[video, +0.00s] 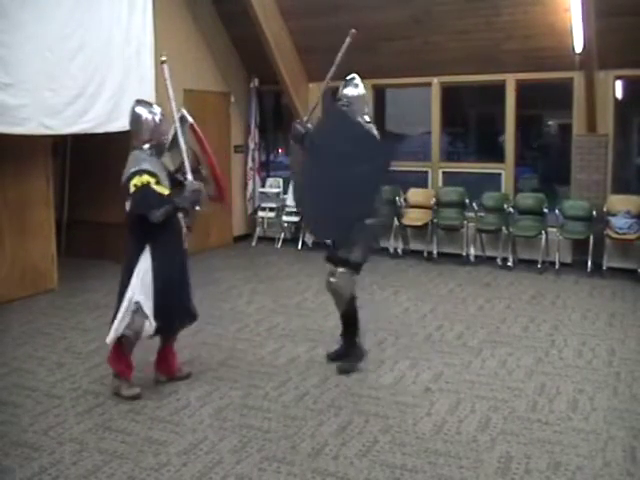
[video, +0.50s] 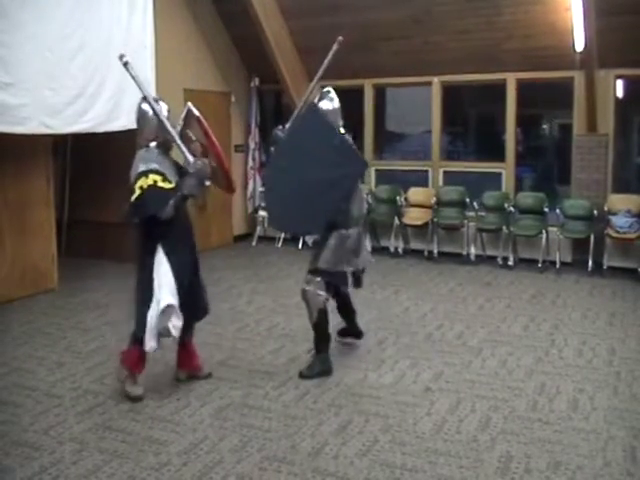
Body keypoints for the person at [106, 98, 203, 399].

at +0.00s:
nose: (167, 127)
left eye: (165, 122)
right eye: (161, 123)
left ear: (154, 128)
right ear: (148, 129)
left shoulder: (158, 160)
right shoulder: (142, 167)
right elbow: (152, 211)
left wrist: (188, 186)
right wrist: (182, 199)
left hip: (169, 245)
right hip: (148, 248)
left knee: (172, 302)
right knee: (138, 307)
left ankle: (166, 360)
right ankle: (121, 371)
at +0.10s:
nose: (164, 132)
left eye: (164, 125)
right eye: (157, 127)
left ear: (163, 129)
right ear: (143, 134)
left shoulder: (158, 163)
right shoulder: (138, 170)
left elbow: (176, 191)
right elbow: (151, 211)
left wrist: (188, 181)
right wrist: (182, 191)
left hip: (169, 249)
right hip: (146, 253)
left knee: (175, 305)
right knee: (138, 313)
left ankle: (171, 363)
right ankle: (121, 374)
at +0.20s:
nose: (164, 136)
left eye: (164, 131)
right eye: (158, 130)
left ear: (163, 137)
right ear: (144, 138)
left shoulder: (161, 164)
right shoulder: (139, 170)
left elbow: (177, 192)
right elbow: (151, 209)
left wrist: (190, 175)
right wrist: (180, 187)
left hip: (172, 249)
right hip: (147, 252)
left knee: (183, 302)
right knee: (137, 309)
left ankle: (179, 363)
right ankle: (122, 375)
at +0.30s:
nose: (166, 135)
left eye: (166, 131)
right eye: (160, 130)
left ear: (167, 138)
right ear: (148, 138)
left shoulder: (166, 165)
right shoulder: (144, 169)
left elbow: (187, 189)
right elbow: (152, 207)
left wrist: (196, 173)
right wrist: (186, 184)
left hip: (176, 249)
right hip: (150, 252)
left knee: (187, 301)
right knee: (139, 307)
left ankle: (188, 362)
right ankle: (123, 374)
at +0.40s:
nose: (170, 130)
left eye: (169, 125)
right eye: (164, 126)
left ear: (167, 132)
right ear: (153, 132)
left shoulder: (169, 161)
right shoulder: (147, 165)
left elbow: (190, 191)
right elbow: (156, 210)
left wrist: (200, 175)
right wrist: (186, 186)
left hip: (180, 253)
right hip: (152, 253)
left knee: (188, 300)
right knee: (146, 307)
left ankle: (187, 359)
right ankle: (127, 368)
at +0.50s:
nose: (170, 130)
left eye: (169, 124)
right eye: (164, 124)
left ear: (168, 131)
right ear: (155, 131)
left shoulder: (173, 159)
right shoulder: (149, 162)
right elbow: (159, 207)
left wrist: (205, 171)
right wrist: (188, 184)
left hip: (181, 242)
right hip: (157, 244)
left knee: (189, 300)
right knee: (155, 303)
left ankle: (187, 361)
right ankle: (132, 366)